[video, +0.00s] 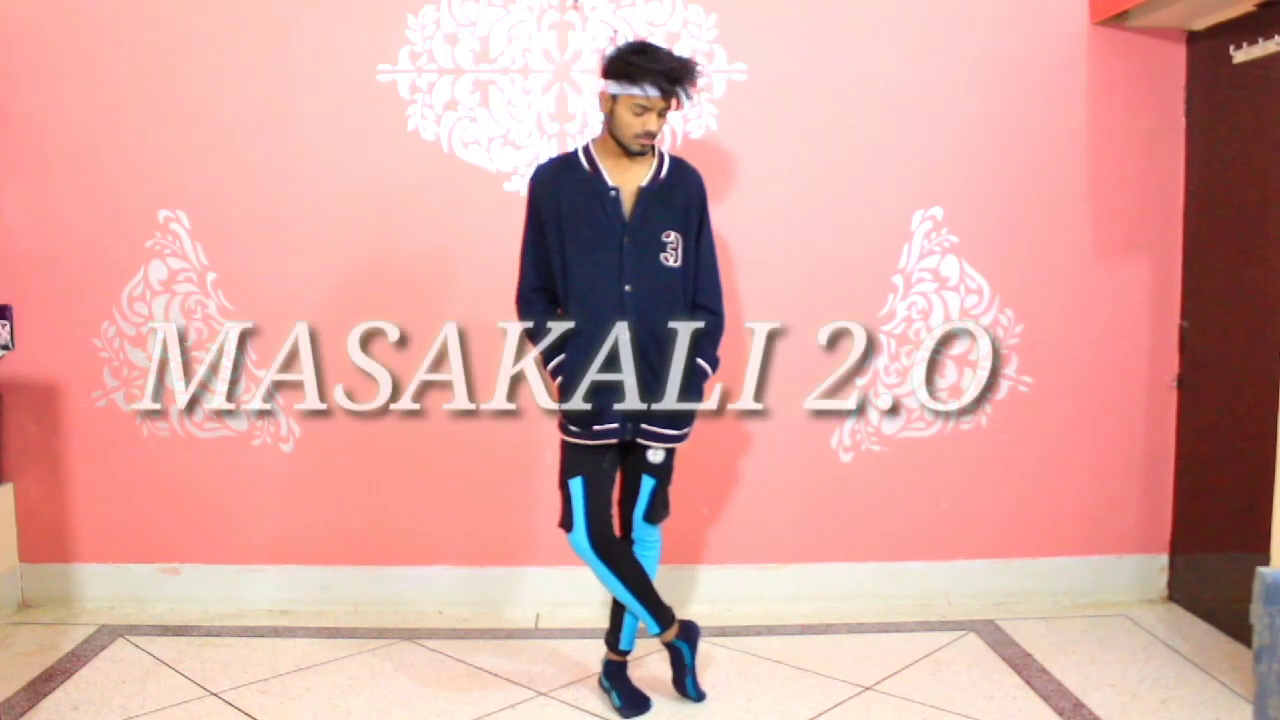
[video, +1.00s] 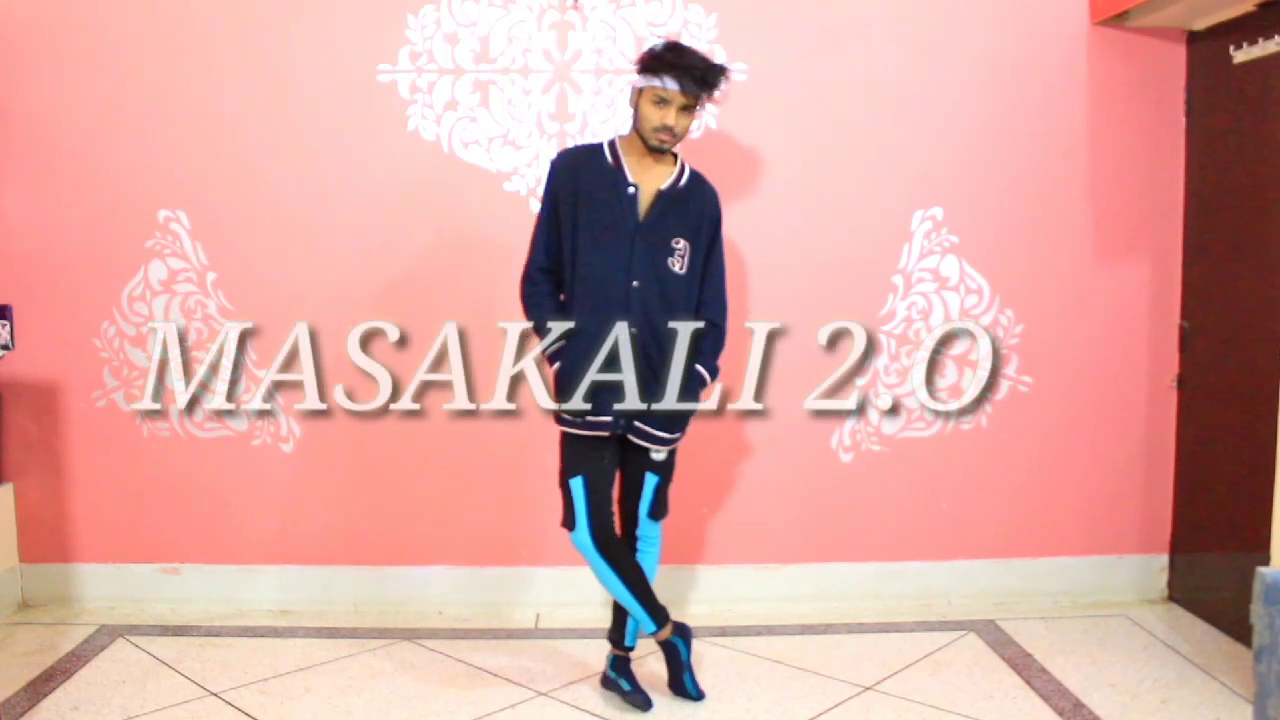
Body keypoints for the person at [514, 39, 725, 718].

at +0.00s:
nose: (654, 125)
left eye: (663, 112)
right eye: (641, 111)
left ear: (671, 111)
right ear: (607, 104)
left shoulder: (682, 182)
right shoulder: (556, 179)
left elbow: (706, 293)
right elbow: (534, 291)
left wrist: (698, 370)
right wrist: (561, 363)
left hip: (666, 387)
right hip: (590, 387)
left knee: (644, 527)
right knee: (587, 532)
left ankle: (616, 661)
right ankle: (674, 633)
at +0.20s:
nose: (656, 124)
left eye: (665, 111)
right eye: (643, 109)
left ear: (674, 111)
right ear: (611, 102)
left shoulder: (686, 183)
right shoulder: (560, 178)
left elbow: (708, 292)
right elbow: (536, 289)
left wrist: (701, 367)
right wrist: (562, 360)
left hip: (667, 386)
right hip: (591, 386)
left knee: (643, 526)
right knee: (587, 532)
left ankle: (617, 661)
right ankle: (668, 633)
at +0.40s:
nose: (659, 125)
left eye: (670, 113)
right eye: (647, 109)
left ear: (679, 115)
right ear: (616, 103)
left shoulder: (689, 185)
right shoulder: (563, 178)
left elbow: (711, 296)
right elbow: (539, 290)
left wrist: (702, 369)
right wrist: (566, 361)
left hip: (669, 388)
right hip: (593, 386)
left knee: (645, 527)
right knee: (583, 531)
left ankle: (616, 661)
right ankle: (670, 632)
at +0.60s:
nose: (665, 126)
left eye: (676, 114)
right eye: (653, 110)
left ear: (686, 115)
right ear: (622, 102)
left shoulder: (694, 186)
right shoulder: (568, 176)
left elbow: (713, 294)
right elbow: (541, 286)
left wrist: (704, 367)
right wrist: (566, 355)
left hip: (669, 386)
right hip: (593, 383)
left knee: (644, 526)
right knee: (587, 529)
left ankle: (617, 662)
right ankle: (667, 636)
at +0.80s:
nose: (667, 125)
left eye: (681, 114)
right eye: (656, 108)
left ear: (693, 118)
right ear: (629, 101)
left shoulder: (697, 190)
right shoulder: (572, 172)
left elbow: (713, 293)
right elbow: (541, 281)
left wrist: (706, 367)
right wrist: (563, 351)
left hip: (668, 387)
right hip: (591, 383)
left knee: (644, 526)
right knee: (585, 528)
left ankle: (618, 662)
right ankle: (668, 634)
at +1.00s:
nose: (669, 120)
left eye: (683, 110)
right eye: (660, 103)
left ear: (696, 117)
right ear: (635, 98)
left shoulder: (699, 196)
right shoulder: (575, 169)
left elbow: (712, 299)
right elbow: (539, 275)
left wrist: (703, 372)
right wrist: (559, 347)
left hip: (665, 386)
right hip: (588, 380)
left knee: (643, 524)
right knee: (586, 526)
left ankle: (619, 661)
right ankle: (669, 634)